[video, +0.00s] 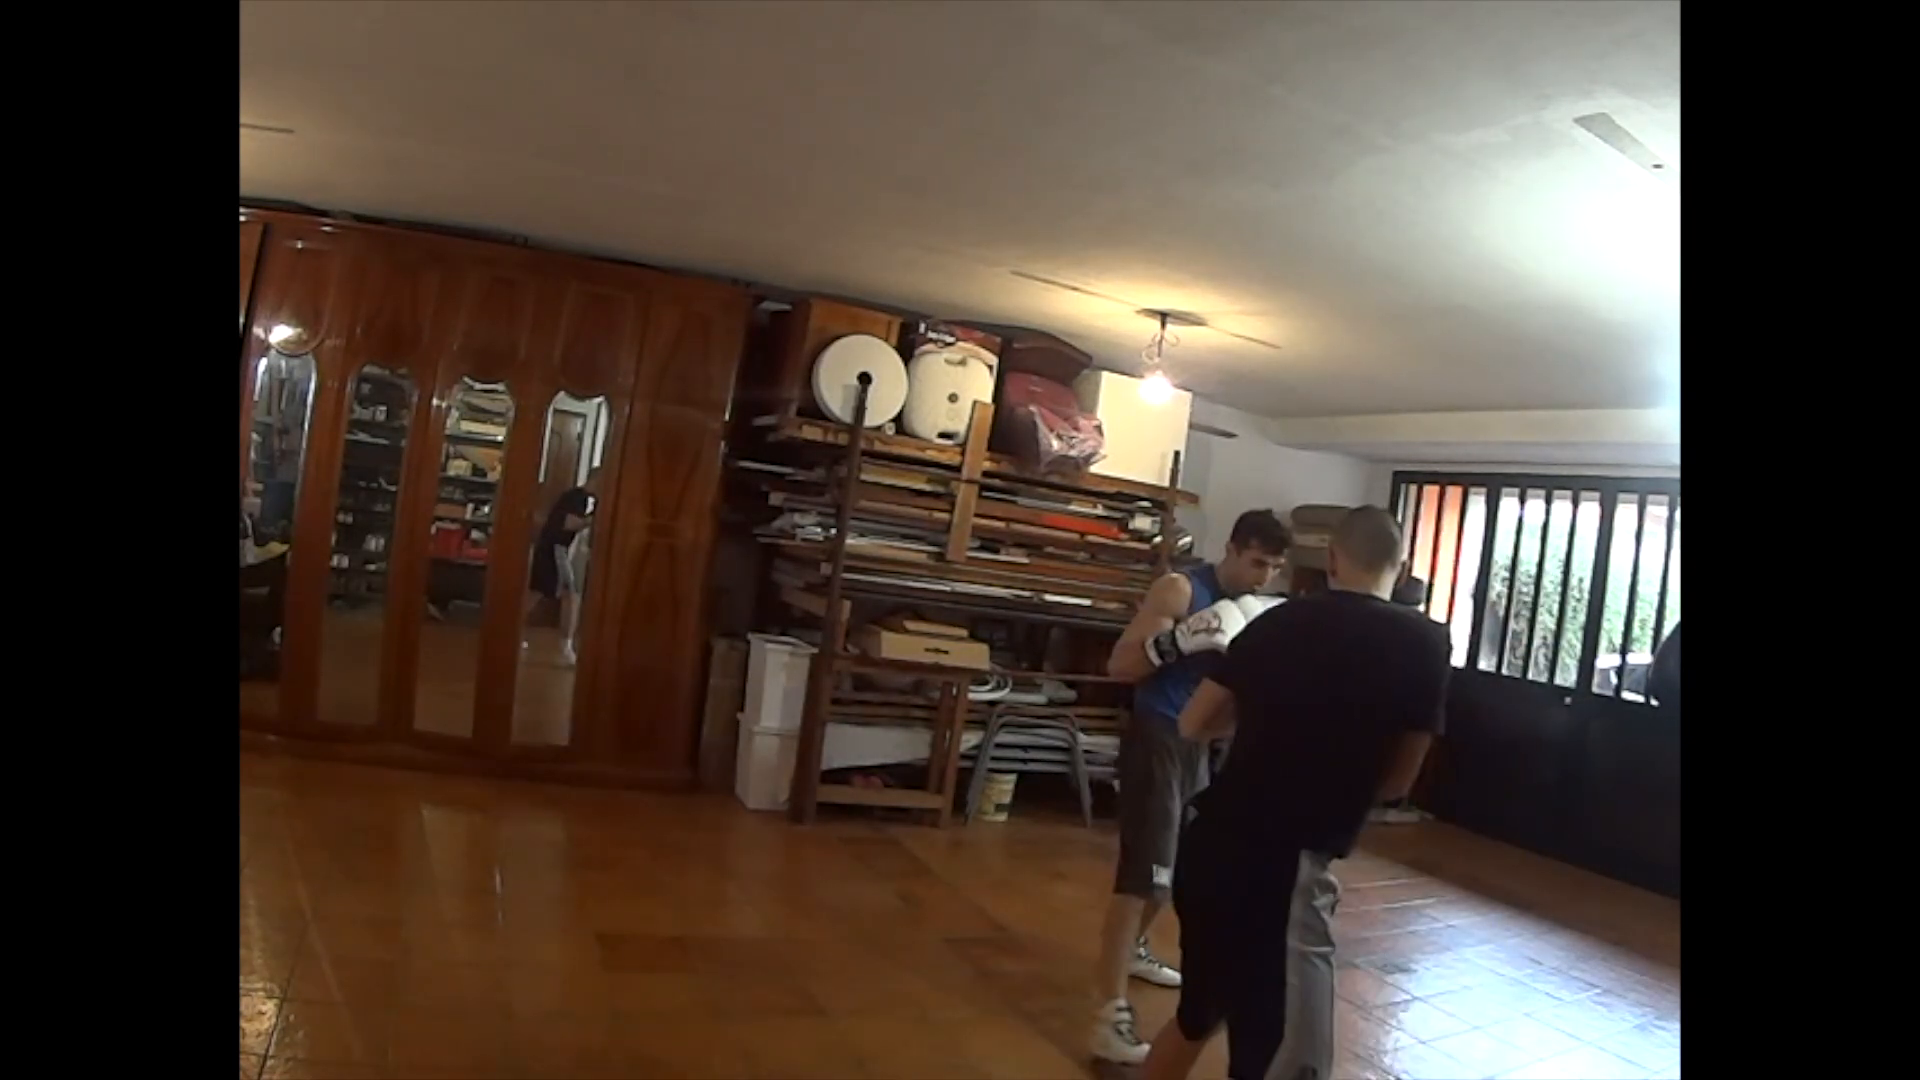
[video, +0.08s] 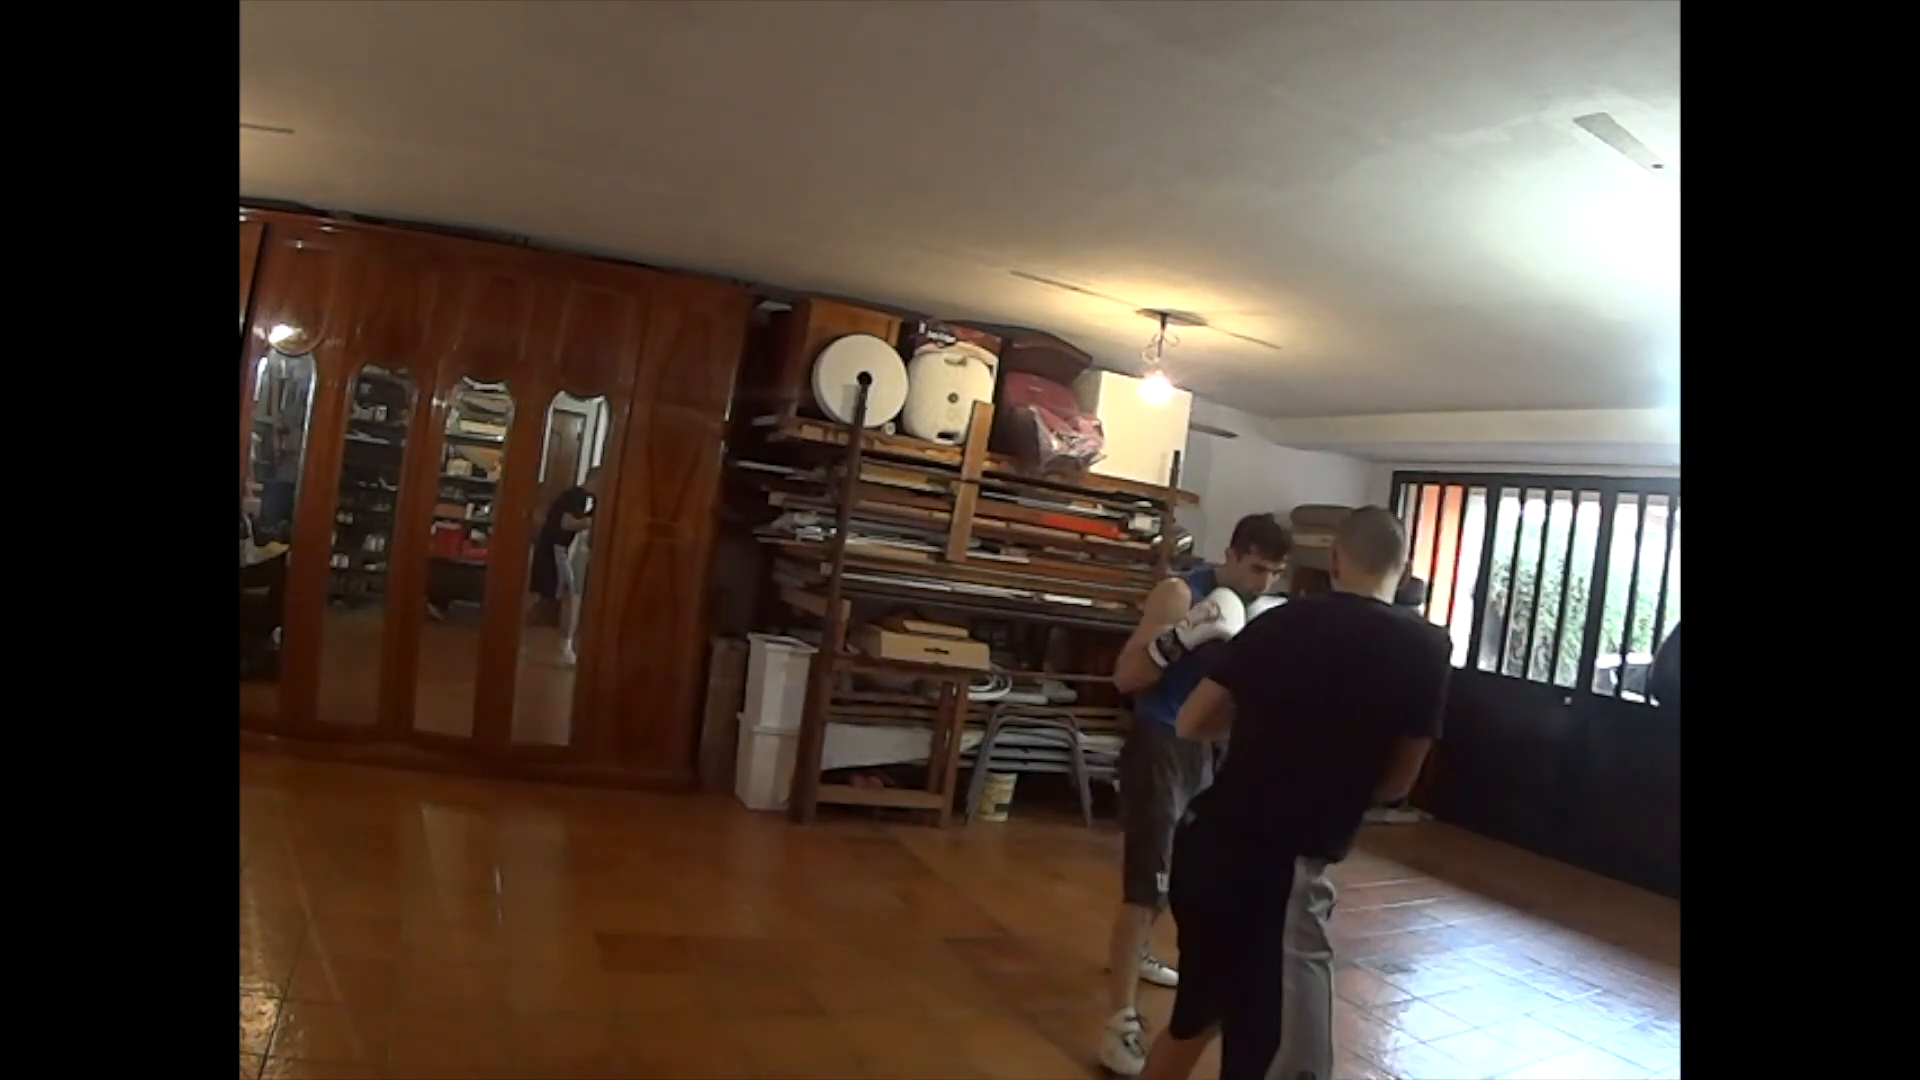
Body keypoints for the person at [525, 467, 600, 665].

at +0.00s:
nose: (602, 486)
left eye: (602, 481)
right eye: (601, 481)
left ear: (591, 479)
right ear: (594, 479)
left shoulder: (577, 497)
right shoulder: (578, 497)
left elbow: (571, 522)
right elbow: (569, 523)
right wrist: (590, 521)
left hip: (553, 544)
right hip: (555, 546)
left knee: (537, 590)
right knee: (571, 595)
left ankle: (515, 631)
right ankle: (566, 644)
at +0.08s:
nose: (601, 486)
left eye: (601, 481)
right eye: (600, 481)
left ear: (590, 479)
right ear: (593, 479)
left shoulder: (575, 496)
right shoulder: (577, 496)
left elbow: (569, 521)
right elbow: (566, 523)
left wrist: (587, 520)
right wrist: (590, 521)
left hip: (558, 547)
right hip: (555, 547)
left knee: (536, 593)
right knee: (570, 595)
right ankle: (566, 644)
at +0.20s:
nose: (591, 488)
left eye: (594, 484)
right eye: (589, 483)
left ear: (594, 485)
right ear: (580, 478)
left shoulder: (582, 501)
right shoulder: (568, 495)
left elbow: (586, 522)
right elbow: (558, 520)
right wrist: (583, 524)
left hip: (559, 546)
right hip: (551, 544)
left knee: (538, 594)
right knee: (570, 596)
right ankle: (566, 646)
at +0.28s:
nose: (590, 487)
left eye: (592, 483)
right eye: (588, 482)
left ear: (586, 482)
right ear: (578, 479)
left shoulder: (579, 500)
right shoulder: (567, 495)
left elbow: (592, 513)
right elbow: (555, 520)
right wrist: (580, 523)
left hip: (559, 545)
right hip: (550, 544)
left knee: (537, 593)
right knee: (567, 594)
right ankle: (566, 645)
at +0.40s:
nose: (586, 481)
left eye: (587, 478)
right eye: (583, 477)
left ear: (584, 480)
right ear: (574, 477)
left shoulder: (579, 499)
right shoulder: (563, 494)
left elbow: (588, 515)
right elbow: (555, 517)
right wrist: (579, 516)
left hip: (560, 547)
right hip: (550, 545)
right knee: (564, 595)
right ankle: (565, 644)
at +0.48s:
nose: (586, 483)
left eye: (587, 480)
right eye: (583, 479)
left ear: (584, 481)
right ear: (573, 477)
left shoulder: (578, 499)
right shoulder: (561, 494)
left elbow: (589, 511)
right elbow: (555, 516)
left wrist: (572, 513)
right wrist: (575, 514)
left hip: (560, 546)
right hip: (549, 544)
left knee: (536, 594)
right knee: (563, 593)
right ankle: (564, 645)